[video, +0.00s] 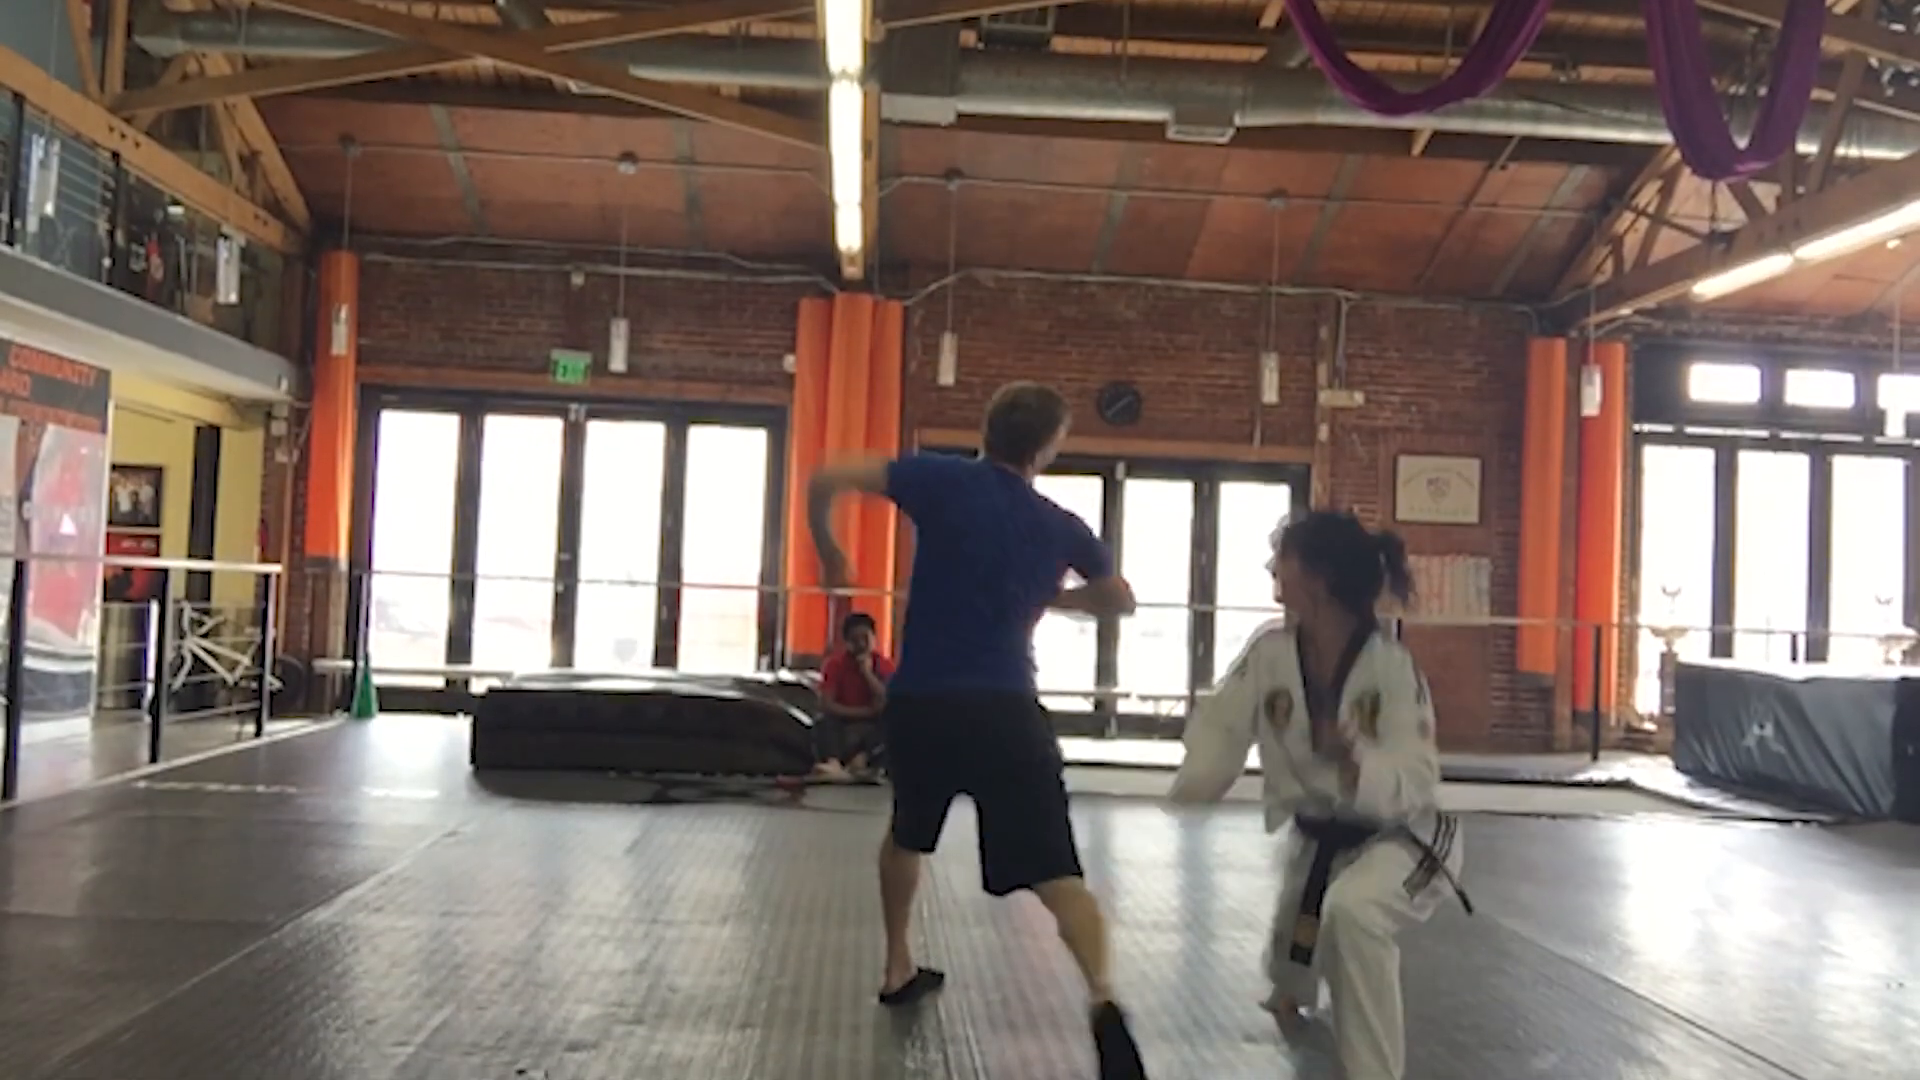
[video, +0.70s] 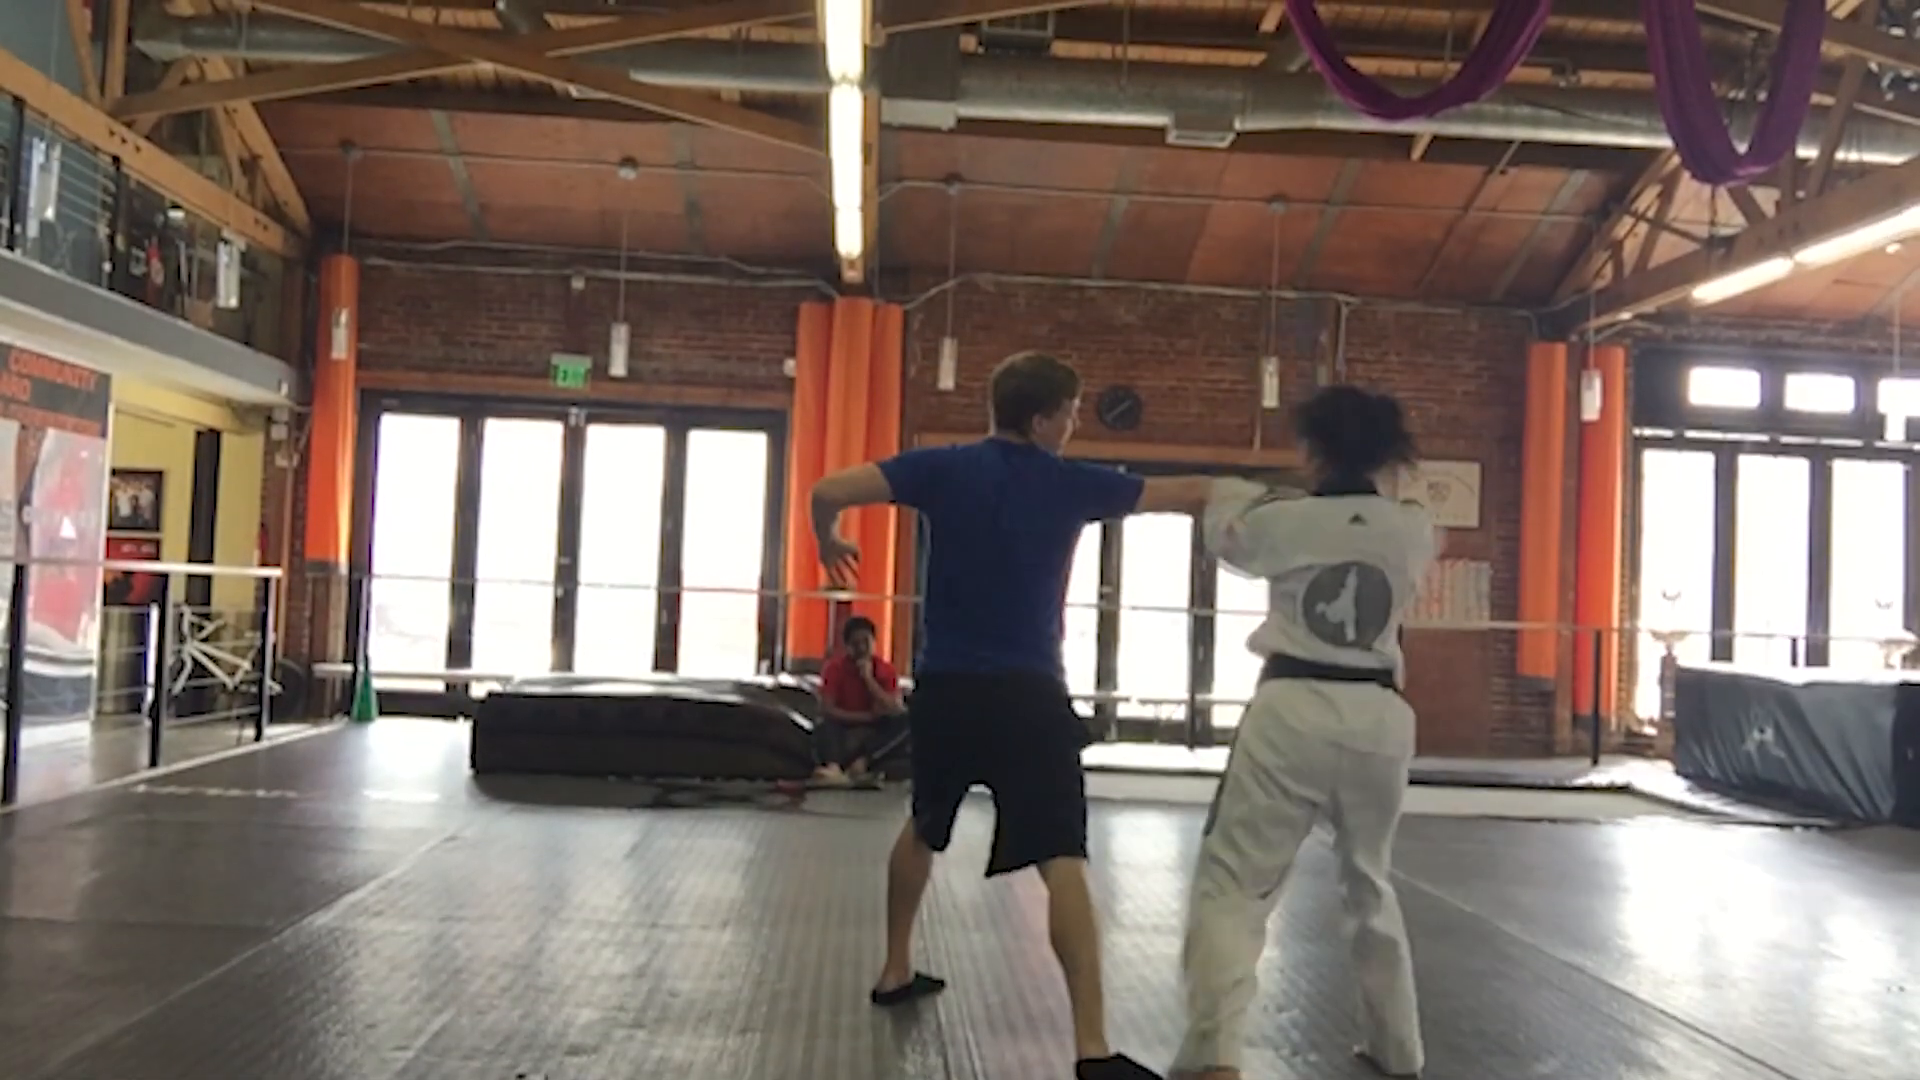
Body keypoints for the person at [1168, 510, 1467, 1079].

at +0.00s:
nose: (1274, 580)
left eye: (1283, 568)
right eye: (1276, 567)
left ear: (1323, 580)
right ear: (1317, 581)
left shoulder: (1389, 663)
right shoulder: (1270, 652)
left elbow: (1417, 779)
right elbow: (1220, 725)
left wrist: (1355, 758)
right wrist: (1191, 798)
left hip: (1398, 830)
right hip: (1315, 828)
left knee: (1352, 909)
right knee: (1286, 955)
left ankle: (1374, 1071)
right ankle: (1291, 993)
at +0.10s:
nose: (1277, 533)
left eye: (1288, 521)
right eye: (1280, 519)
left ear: (1325, 535)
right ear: (1310, 536)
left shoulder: (1385, 614)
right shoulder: (1279, 598)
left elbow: (1376, 724)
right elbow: (1216, 668)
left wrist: (1363, 642)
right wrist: (1261, 663)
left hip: (1405, 795)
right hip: (1329, 798)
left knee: (1340, 915)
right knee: (1309, 923)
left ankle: (1369, 1070)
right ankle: (1331, 994)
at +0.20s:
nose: (1304, 510)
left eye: (1323, 500)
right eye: (1305, 494)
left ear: (1370, 519)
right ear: (1303, 496)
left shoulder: (1384, 584)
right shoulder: (1295, 562)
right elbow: (1241, 626)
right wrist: (1230, 601)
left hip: (1396, 768)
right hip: (1332, 772)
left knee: (1326, 912)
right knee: (1309, 905)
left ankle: (1366, 1070)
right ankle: (1409, 995)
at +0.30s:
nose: (1315, 459)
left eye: (1325, 449)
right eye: (1321, 447)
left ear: (1341, 466)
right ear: (1385, 472)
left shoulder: (1370, 554)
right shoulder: (1356, 541)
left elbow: (1242, 594)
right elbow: (1251, 592)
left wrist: (1231, 508)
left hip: (1380, 742)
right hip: (1359, 740)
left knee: (1298, 917)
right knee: (1321, 903)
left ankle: (1357, 1068)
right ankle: (1391, 1033)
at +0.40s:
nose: (1331, 444)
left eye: (1339, 433)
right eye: (1335, 430)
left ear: (1359, 445)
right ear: (1408, 450)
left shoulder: (1323, 530)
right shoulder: (1422, 526)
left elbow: (1225, 569)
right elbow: (1341, 578)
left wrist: (1239, 490)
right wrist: (1303, 517)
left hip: (1334, 717)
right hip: (1404, 714)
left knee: (1293, 904)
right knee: (1367, 883)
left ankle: (1360, 1066)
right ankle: (1401, 1047)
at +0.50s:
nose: (1332, 437)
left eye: (1339, 427)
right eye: (1337, 425)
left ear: (1353, 438)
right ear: (1414, 444)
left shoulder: (1304, 512)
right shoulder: (1430, 526)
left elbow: (1244, 554)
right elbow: (1403, 594)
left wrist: (1255, 492)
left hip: (1308, 697)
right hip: (1396, 700)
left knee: (1292, 877)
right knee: (1389, 878)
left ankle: (1320, 1051)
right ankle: (1398, 1046)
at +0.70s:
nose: (1298, 454)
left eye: (1304, 444)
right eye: (1300, 443)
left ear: (1320, 452)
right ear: (1385, 453)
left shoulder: (1289, 521)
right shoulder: (1413, 530)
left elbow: (1222, 536)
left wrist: (1234, 487)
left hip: (1290, 709)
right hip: (1379, 715)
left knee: (1233, 884)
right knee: (1371, 885)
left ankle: (1216, 1056)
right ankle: (1397, 1051)